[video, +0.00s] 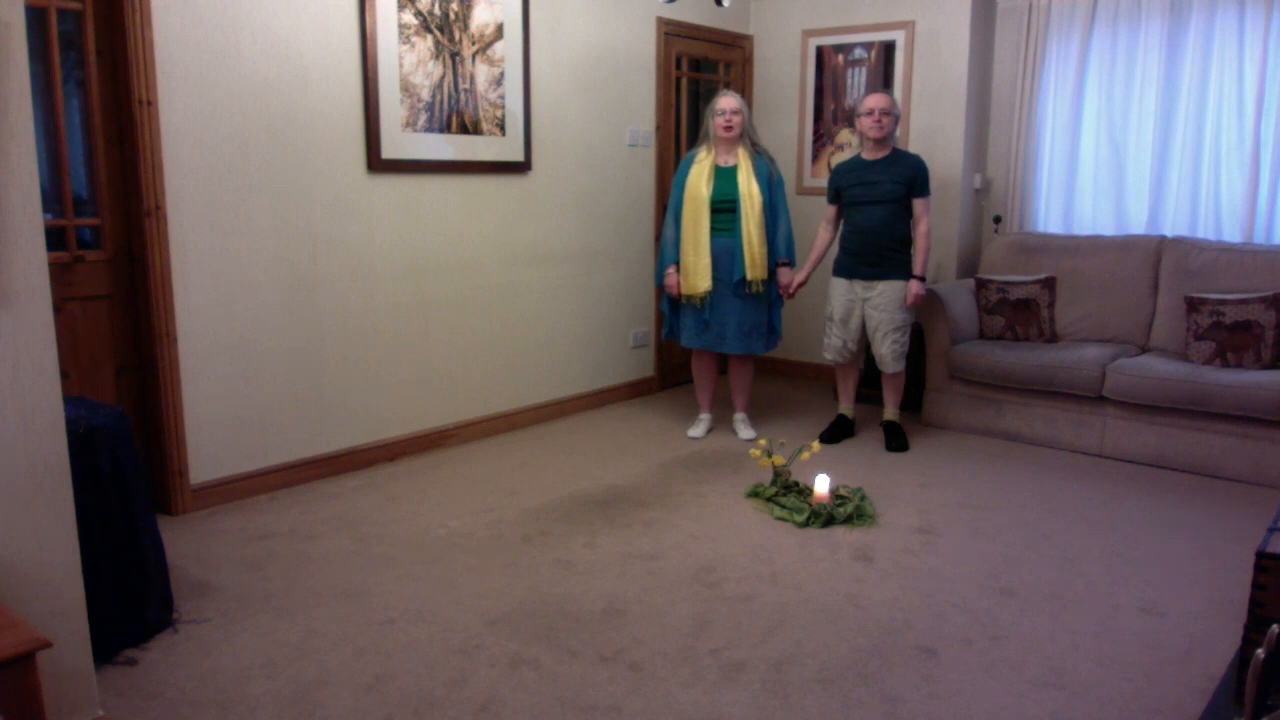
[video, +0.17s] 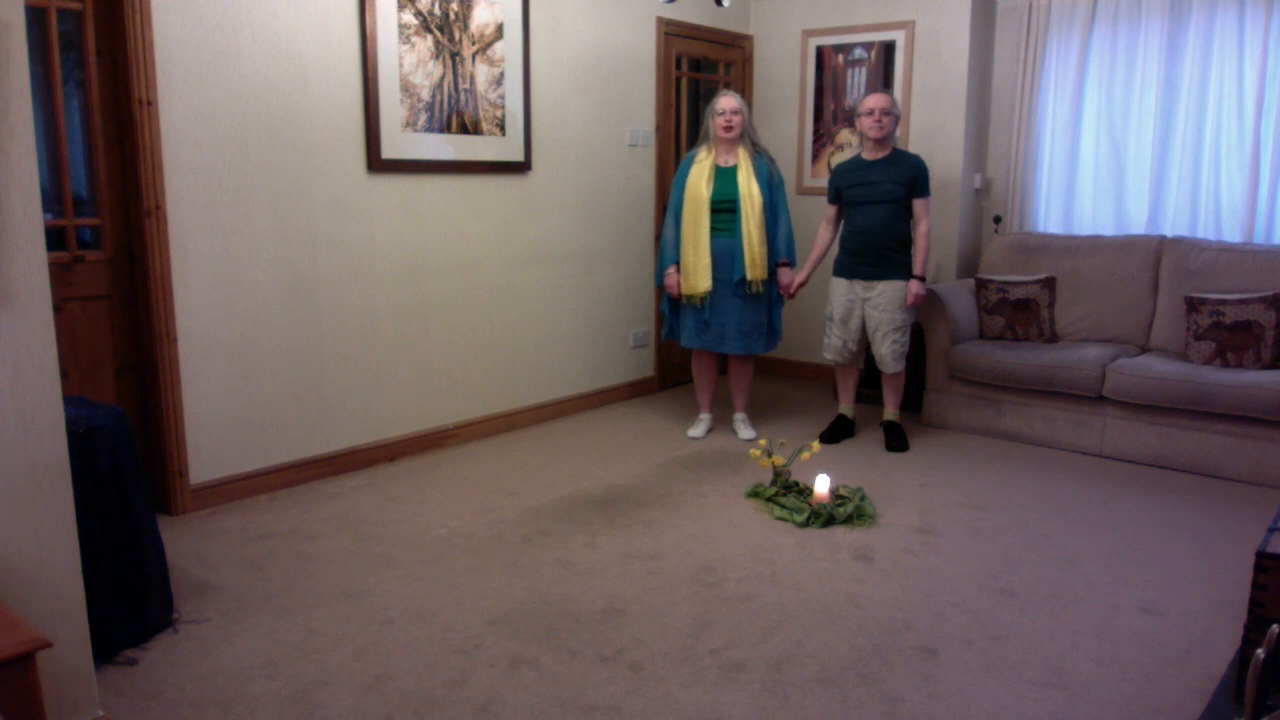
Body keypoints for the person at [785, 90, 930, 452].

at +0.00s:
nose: (877, 119)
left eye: (885, 114)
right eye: (870, 114)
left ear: (896, 121)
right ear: (857, 122)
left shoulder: (912, 167)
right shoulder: (842, 172)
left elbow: (922, 224)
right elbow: (828, 227)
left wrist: (918, 276)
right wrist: (804, 272)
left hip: (892, 279)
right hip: (847, 277)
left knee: (891, 354)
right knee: (843, 349)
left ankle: (891, 420)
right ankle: (845, 415)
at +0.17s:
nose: (877, 119)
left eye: (885, 113)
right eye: (870, 114)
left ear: (896, 121)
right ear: (857, 122)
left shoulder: (912, 167)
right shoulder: (842, 172)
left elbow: (922, 225)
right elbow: (828, 227)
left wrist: (918, 276)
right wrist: (804, 273)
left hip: (892, 279)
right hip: (847, 277)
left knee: (891, 354)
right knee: (843, 349)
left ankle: (891, 420)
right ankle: (845, 415)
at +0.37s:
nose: (878, 118)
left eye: (885, 113)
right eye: (870, 113)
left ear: (897, 121)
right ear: (857, 122)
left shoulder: (912, 167)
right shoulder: (842, 172)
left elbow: (922, 224)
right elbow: (829, 227)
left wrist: (918, 276)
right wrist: (805, 273)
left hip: (893, 278)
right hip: (847, 277)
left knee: (891, 354)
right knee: (843, 349)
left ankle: (891, 420)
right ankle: (845, 415)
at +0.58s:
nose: (878, 119)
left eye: (886, 113)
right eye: (871, 113)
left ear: (897, 121)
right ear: (858, 122)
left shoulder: (912, 167)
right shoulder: (843, 172)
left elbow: (922, 224)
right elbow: (829, 227)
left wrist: (919, 276)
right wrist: (805, 273)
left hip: (893, 279)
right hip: (848, 277)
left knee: (891, 354)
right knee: (844, 349)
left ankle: (891, 420)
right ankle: (845, 415)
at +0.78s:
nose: (879, 119)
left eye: (886, 113)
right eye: (871, 113)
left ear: (897, 121)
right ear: (858, 122)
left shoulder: (913, 167)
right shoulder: (843, 172)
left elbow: (922, 225)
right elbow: (829, 227)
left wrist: (919, 276)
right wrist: (805, 273)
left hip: (893, 279)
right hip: (848, 277)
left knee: (891, 354)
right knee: (843, 349)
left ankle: (892, 420)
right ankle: (845, 415)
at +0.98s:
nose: (879, 119)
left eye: (886, 113)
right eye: (871, 114)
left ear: (898, 121)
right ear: (858, 122)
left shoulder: (913, 167)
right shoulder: (843, 172)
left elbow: (922, 224)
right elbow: (829, 227)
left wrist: (919, 276)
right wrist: (805, 273)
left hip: (893, 279)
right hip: (848, 277)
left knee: (892, 354)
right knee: (844, 349)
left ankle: (892, 420)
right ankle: (845, 415)